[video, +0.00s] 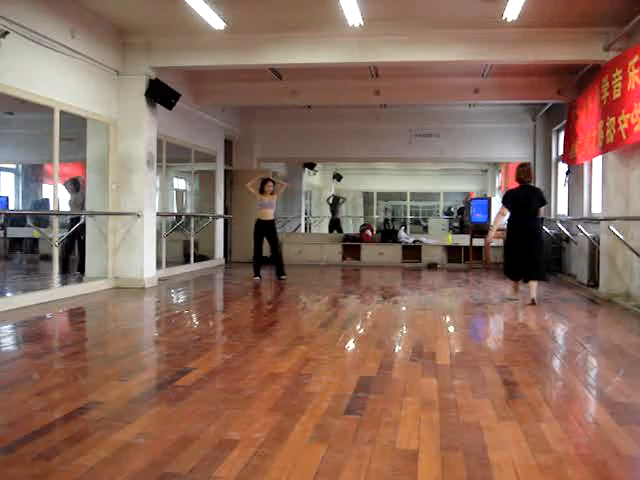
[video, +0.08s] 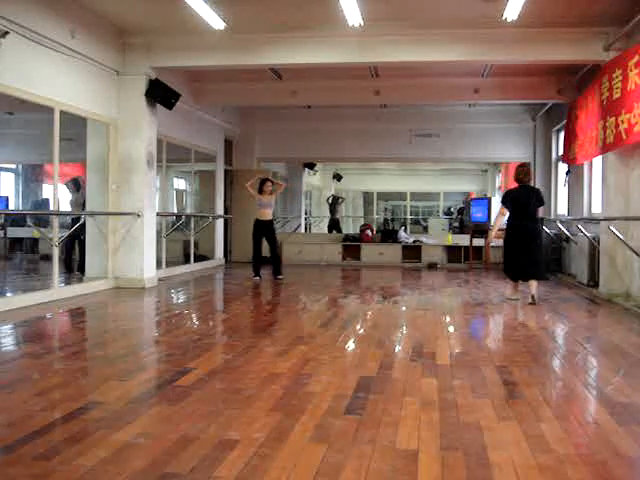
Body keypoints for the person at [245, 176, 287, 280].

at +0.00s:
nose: (270, 188)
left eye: (271, 186)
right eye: (267, 186)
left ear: (273, 187)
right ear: (263, 187)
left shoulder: (274, 196)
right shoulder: (259, 196)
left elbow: (285, 185)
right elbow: (248, 186)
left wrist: (275, 181)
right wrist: (257, 178)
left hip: (270, 222)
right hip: (260, 222)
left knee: (275, 248)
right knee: (257, 249)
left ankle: (280, 273)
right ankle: (257, 273)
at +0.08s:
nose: (269, 188)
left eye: (270, 186)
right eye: (267, 186)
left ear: (272, 187)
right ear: (262, 187)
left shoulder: (273, 196)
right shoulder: (258, 196)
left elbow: (283, 185)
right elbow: (247, 186)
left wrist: (273, 181)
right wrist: (256, 179)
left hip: (269, 222)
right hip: (259, 221)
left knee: (274, 248)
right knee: (257, 249)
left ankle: (277, 273)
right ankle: (256, 273)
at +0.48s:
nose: (260, 190)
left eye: (261, 188)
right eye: (258, 187)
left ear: (261, 189)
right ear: (254, 188)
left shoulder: (259, 198)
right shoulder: (248, 198)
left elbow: (266, 188)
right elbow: (243, 186)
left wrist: (263, 185)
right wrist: (250, 179)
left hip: (255, 223)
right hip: (248, 222)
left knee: (249, 248)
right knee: (251, 248)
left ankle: (245, 272)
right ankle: (255, 272)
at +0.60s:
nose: (257, 190)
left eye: (258, 188)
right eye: (255, 187)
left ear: (258, 189)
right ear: (251, 188)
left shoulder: (256, 197)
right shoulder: (245, 197)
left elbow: (265, 186)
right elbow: (242, 186)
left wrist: (258, 182)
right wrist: (248, 178)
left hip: (252, 222)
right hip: (245, 221)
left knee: (248, 248)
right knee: (246, 248)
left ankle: (248, 272)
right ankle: (248, 272)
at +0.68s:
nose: (257, 190)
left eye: (258, 188)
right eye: (255, 187)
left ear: (258, 189)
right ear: (250, 188)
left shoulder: (255, 198)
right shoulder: (245, 197)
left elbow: (265, 186)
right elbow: (242, 186)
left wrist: (257, 182)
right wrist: (248, 179)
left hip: (252, 222)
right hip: (244, 221)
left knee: (247, 248)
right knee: (245, 248)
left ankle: (247, 272)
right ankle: (247, 272)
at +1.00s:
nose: (248, 188)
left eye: (249, 186)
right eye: (246, 186)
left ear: (249, 188)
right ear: (241, 187)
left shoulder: (248, 197)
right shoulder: (236, 197)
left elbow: (256, 185)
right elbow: (232, 184)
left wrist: (249, 180)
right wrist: (239, 177)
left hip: (246, 221)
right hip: (237, 220)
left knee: (244, 249)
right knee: (232, 249)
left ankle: (245, 273)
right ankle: (227, 273)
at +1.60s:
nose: (235, 186)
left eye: (236, 184)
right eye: (233, 184)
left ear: (237, 186)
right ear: (227, 186)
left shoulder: (238, 196)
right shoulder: (225, 198)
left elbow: (252, 199)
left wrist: (244, 191)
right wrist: (228, 192)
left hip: (236, 220)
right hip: (227, 221)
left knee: (240, 248)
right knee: (226, 248)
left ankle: (244, 272)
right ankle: (226, 272)